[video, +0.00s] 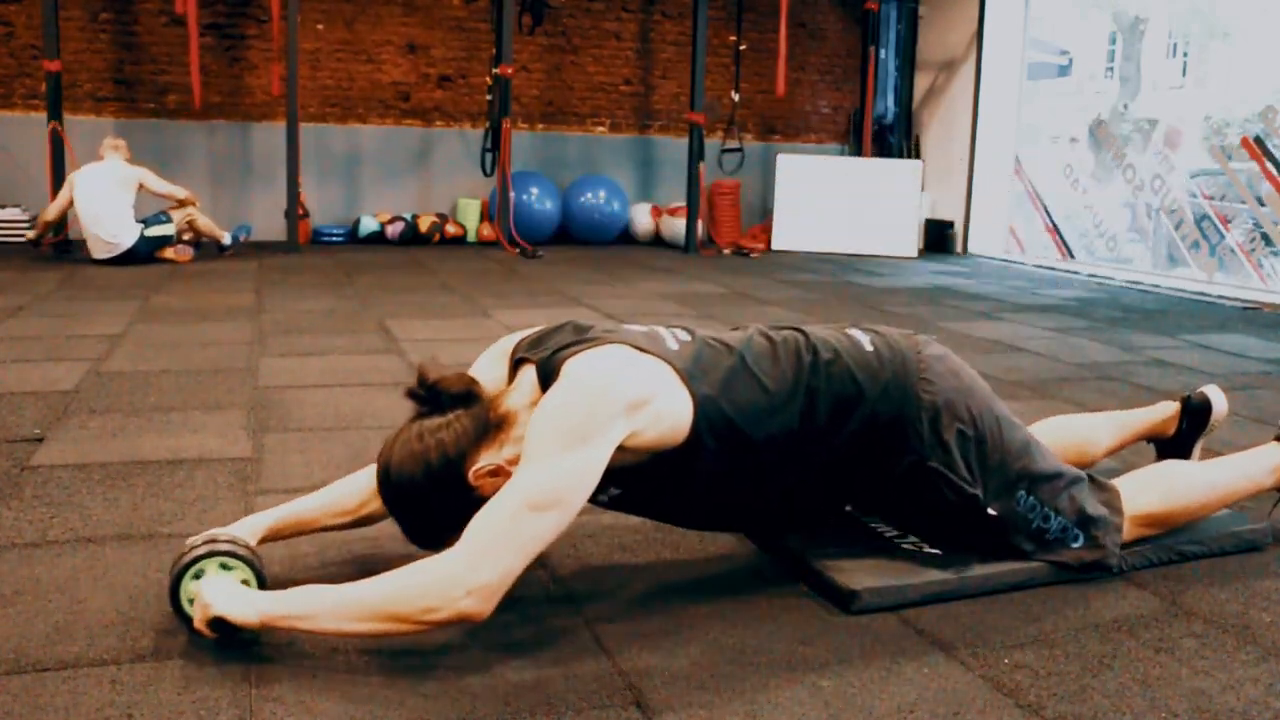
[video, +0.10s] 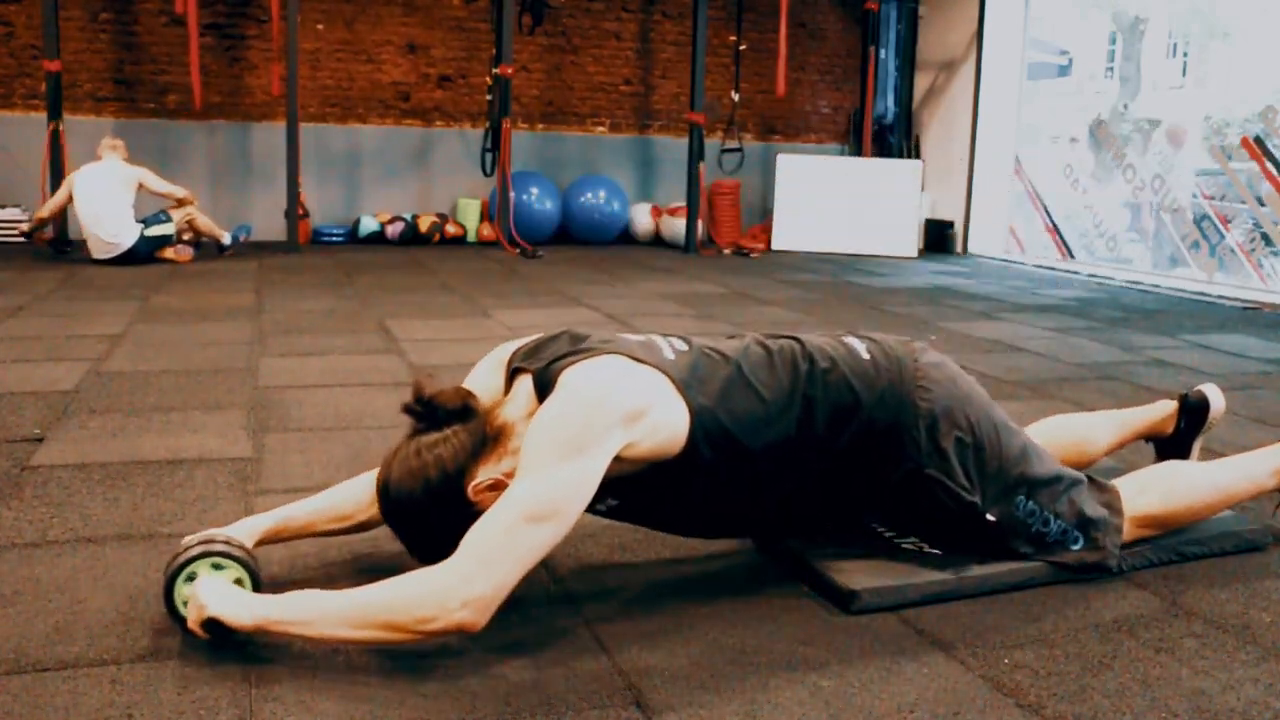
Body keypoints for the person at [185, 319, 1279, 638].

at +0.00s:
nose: (502, 497)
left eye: (487, 494)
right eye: (473, 492)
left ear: (501, 450)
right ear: (467, 436)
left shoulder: (591, 403)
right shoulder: (500, 372)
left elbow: (459, 592)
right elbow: (392, 480)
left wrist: (261, 606)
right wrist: (258, 526)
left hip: (893, 406)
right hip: (837, 413)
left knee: (1098, 520)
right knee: (1015, 467)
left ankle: (1272, 465)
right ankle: (1167, 413)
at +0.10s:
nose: (492, 523)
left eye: (482, 516)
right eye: (464, 515)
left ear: (492, 476)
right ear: (450, 454)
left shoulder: (588, 412)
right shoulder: (501, 377)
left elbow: (455, 601)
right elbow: (385, 488)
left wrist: (241, 603)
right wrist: (251, 532)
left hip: (898, 420)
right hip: (834, 397)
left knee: (1099, 522)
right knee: (1016, 461)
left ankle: (1276, 471)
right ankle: (1166, 411)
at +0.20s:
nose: (481, 521)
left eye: (477, 514)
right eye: (459, 513)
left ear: (493, 473)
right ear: (451, 454)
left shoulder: (586, 419)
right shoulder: (498, 384)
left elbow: (451, 606)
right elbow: (381, 495)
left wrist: (236, 606)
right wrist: (242, 535)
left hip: (898, 419)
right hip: (834, 394)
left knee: (1100, 522)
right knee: (1019, 458)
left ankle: (1275, 474)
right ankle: (1163, 412)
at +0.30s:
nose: (490, 538)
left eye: (481, 531)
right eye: (463, 529)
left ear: (492, 487)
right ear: (448, 462)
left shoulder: (588, 422)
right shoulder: (498, 389)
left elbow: (453, 610)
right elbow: (378, 497)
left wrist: (240, 607)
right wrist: (242, 537)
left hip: (899, 414)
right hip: (838, 398)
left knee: (1106, 522)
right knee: (1020, 457)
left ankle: (1269, 476)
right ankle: (1161, 412)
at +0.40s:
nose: (498, 532)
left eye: (490, 522)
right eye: (475, 519)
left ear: (500, 489)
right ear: (462, 462)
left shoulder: (592, 422)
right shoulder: (511, 387)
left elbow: (461, 607)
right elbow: (393, 491)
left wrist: (254, 608)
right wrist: (254, 533)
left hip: (907, 416)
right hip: (847, 373)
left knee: (1098, 522)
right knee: (1019, 456)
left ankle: (1276, 481)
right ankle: (1164, 410)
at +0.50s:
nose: (505, 521)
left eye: (496, 514)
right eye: (483, 512)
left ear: (503, 480)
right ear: (467, 455)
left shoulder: (595, 414)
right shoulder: (515, 382)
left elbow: (468, 599)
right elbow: (399, 487)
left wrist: (263, 610)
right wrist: (261, 531)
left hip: (910, 397)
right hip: (854, 363)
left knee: (1097, 519)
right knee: (1020, 460)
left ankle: (1269, 480)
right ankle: (1169, 412)